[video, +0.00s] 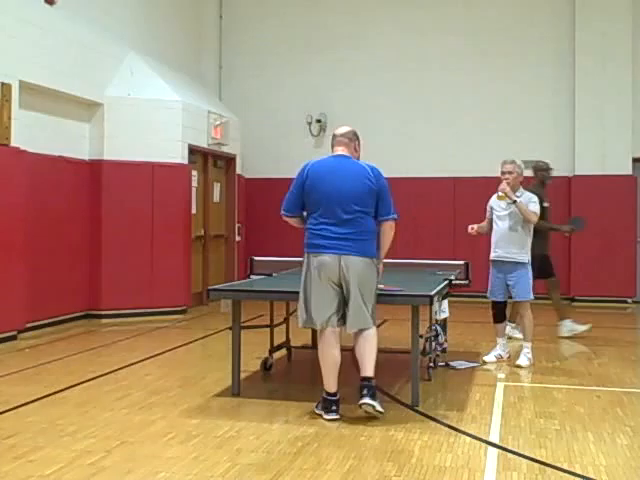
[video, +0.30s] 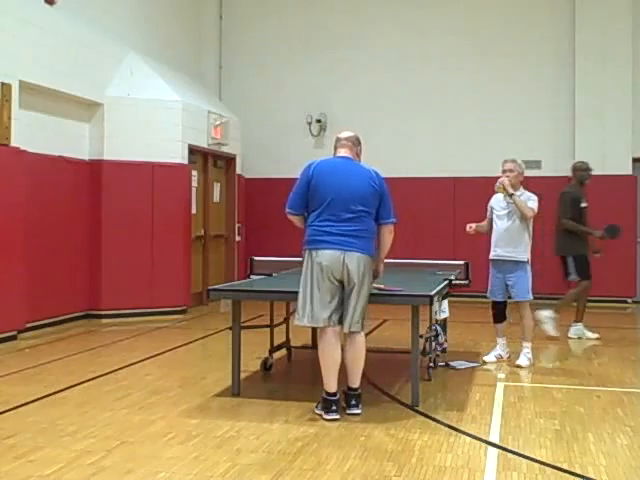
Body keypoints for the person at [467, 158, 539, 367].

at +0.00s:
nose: (506, 177)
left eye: (510, 173)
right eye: (503, 173)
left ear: (521, 176)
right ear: (500, 176)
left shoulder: (529, 198)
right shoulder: (494, 200)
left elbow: (533, 219)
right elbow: (488, 224)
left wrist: (513, 199)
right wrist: (478, 228)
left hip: (520, 260)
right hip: (497, 259)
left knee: (523, 305)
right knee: (497, 304)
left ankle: (527, 348)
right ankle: (501, 347)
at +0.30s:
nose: (506, 175)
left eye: (510, 171)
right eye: (504, 172)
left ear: (521, 174)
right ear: (501, 175)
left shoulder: (529, 198)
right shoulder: (495, 199)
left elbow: (528, 214)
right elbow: (488, 224)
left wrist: (511, 193)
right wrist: (476, 227)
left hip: (519, 258)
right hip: (497, 257)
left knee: (523, 304)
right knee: (497, 304)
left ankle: (526, 349)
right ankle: (501, 346)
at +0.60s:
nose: (508, 174)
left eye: (513, 170)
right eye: (506, 170)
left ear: (522, 175)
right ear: (502, 173)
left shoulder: (529, 197)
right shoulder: (495, 199)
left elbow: (529, 208)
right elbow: (487, 224)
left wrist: (513, 186)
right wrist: (476, 227)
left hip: (519, 258)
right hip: (497, 257)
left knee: (523, 305)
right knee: (497, 305)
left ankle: (526, 350)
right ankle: (501, 347)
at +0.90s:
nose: (509, 174)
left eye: (514, 170)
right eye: (507, 170)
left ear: (522, 176)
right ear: (502, 174)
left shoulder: (528, 197)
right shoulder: (495, 199)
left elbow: (531, 204)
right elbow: (487, 224)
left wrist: (517, 182)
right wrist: (476, 227)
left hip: (519, 257)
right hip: (497, 257)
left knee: (523, 305)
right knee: (497, 304)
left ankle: (526, 350)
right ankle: (501, 347)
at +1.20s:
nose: (510, 175)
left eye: (514, 171)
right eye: (507, 171)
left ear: (522, 176)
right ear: (502, 174)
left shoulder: (528, 197)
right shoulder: (495, 199)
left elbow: (533, 204)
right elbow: (488, 224)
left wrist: (518, 183)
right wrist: (478, 227)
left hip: (519, 257)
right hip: (497, 257)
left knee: (523, 305)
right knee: (497, 304)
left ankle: (526, 349)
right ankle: (501, 347)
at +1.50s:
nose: (505, 181)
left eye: (508, 177)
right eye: (501, 178)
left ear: (519, 177)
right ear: (499, 180)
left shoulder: (531, 198)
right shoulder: (496, 199)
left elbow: (535, 218)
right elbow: (486, 225)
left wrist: (513, 200)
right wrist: (479, 217)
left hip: (521, 260)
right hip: (498, 259)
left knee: (523, 305)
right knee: (497, 304)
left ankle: (526, 349)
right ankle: (501, 347)